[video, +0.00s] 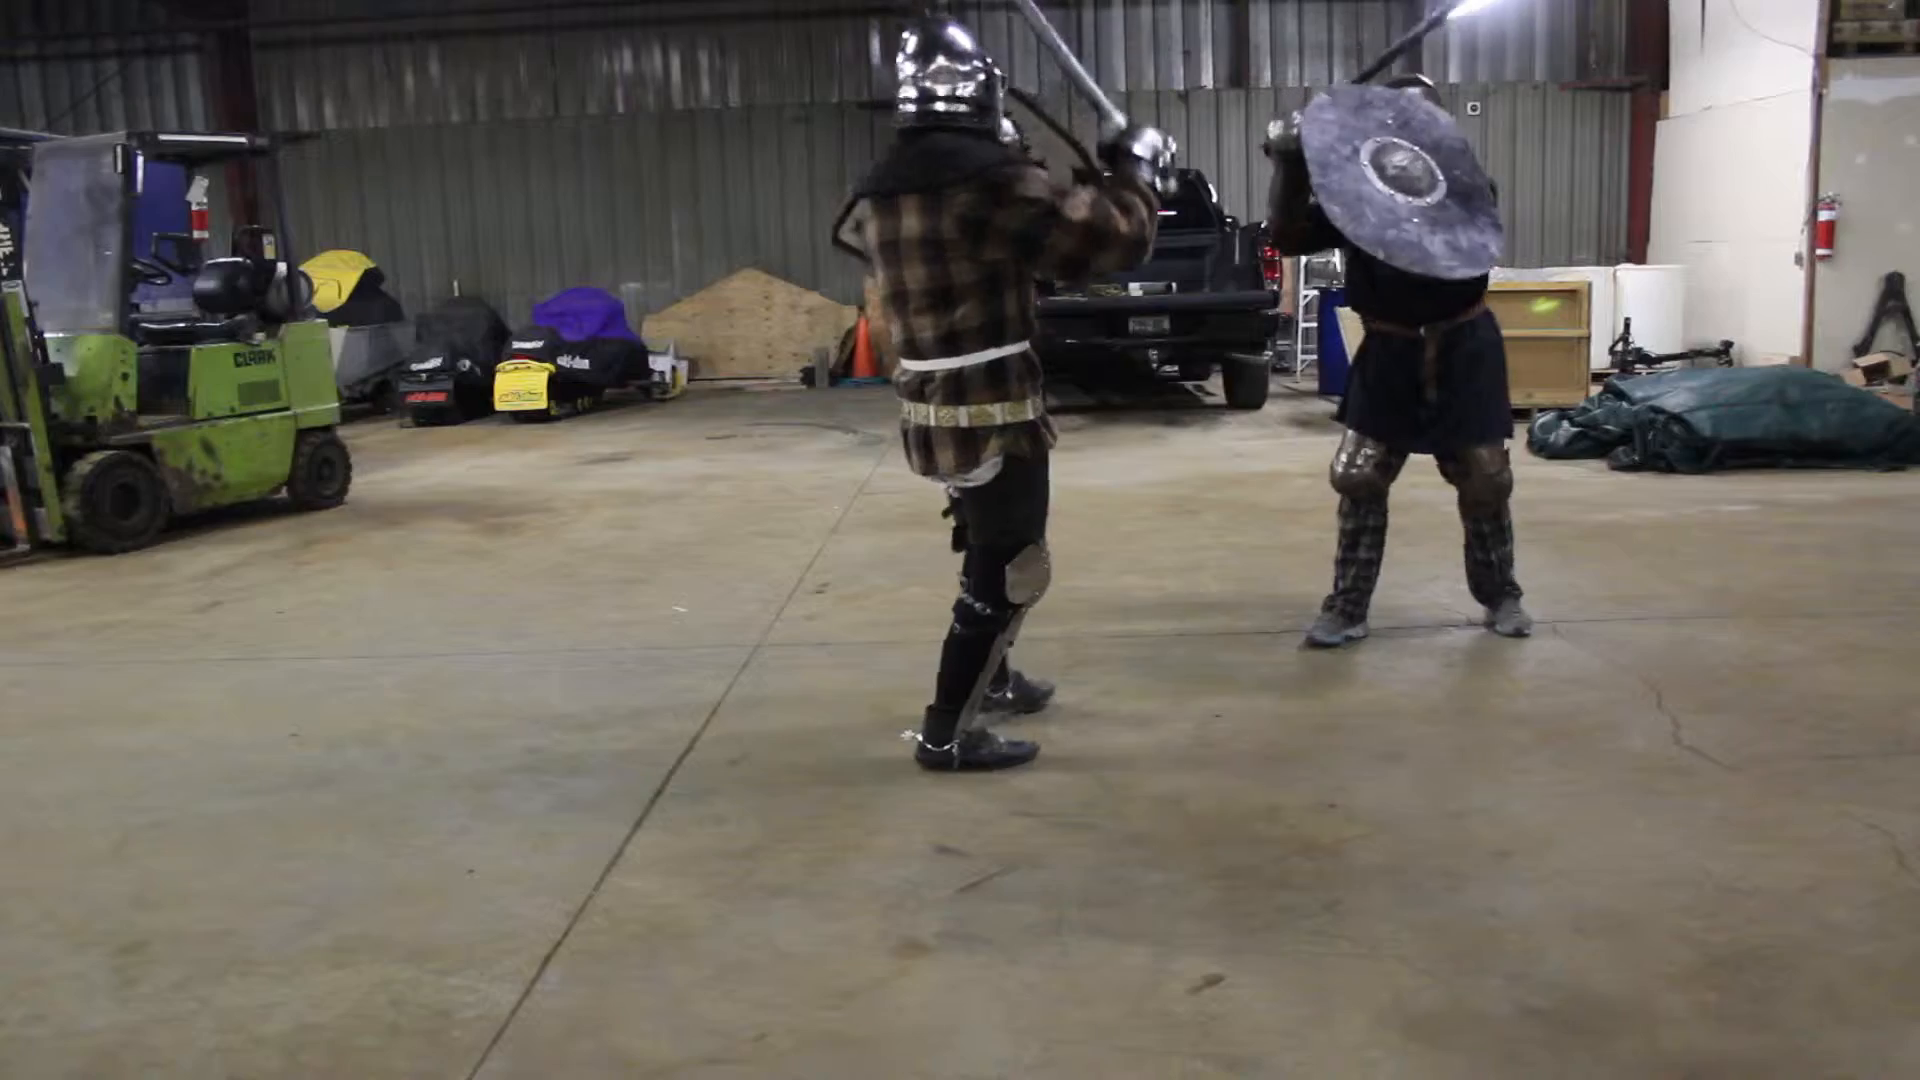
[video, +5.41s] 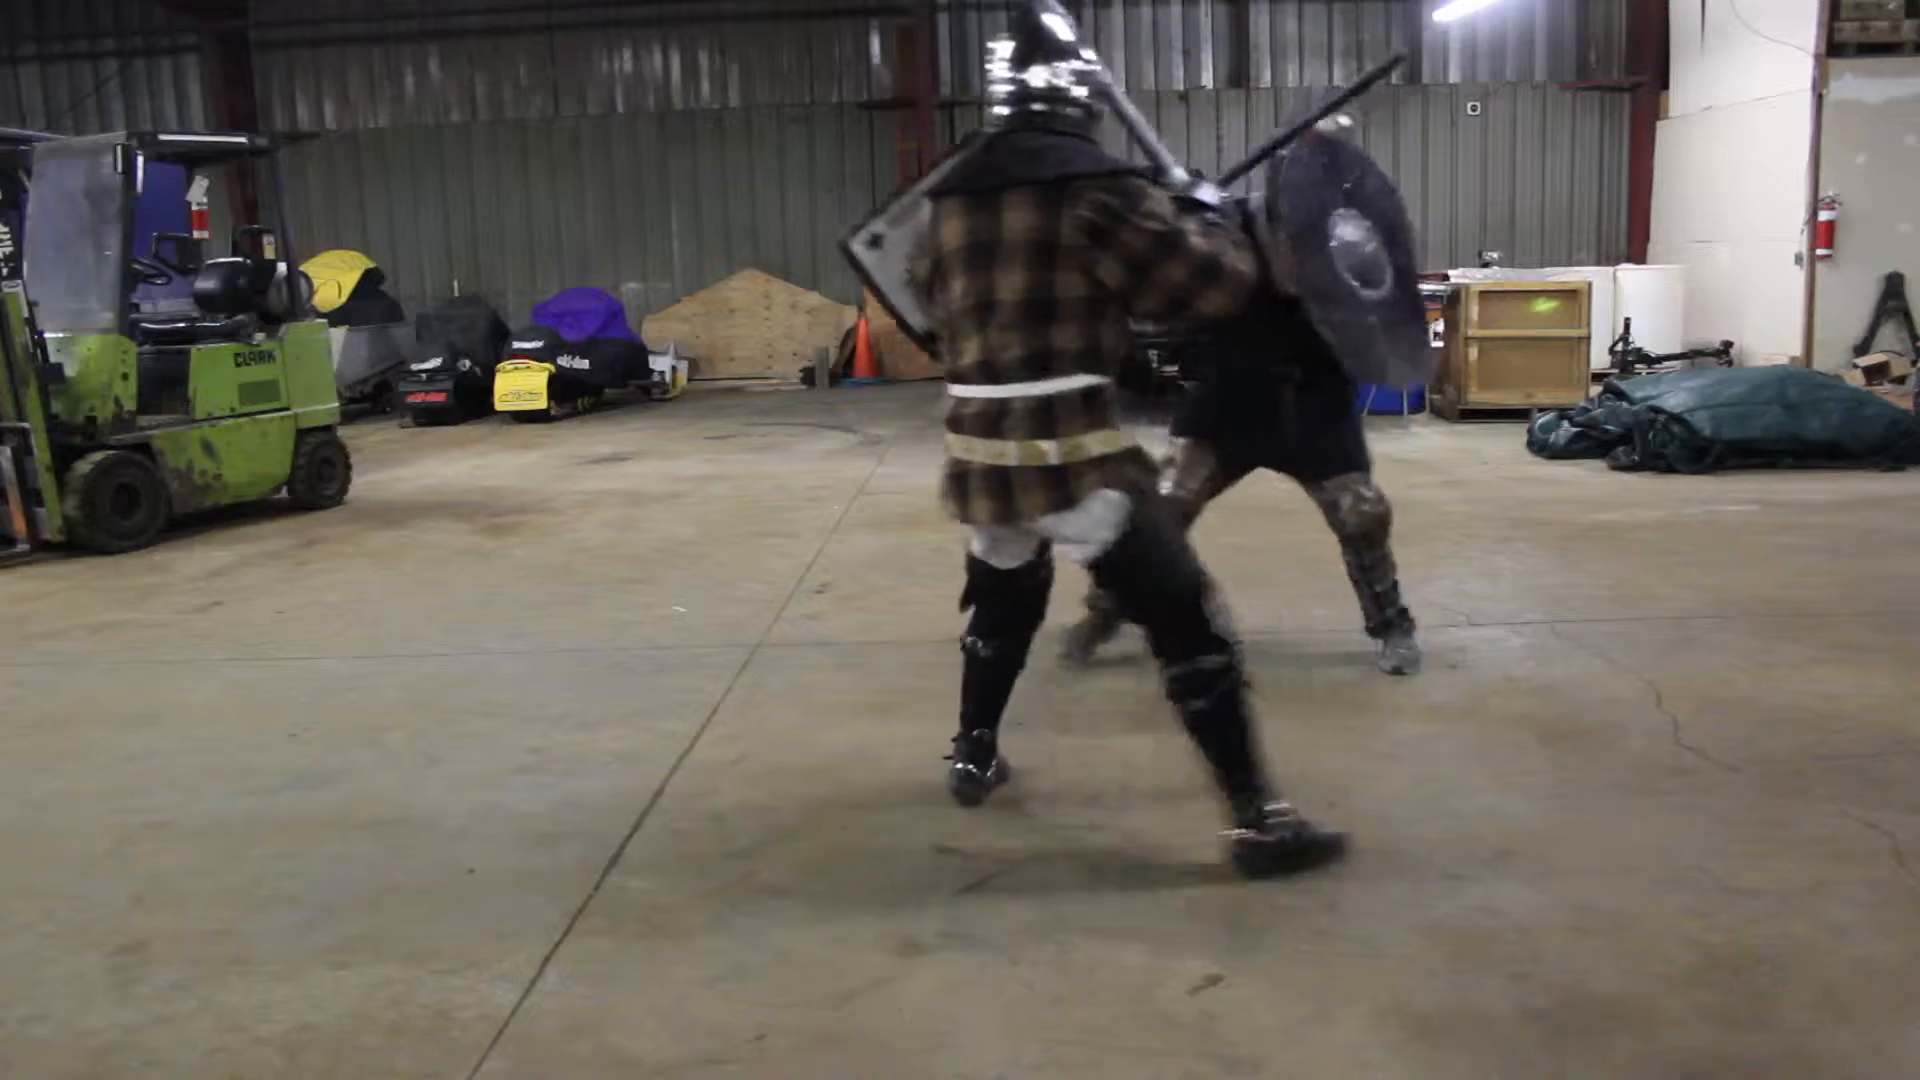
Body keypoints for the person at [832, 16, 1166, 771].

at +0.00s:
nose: (998, 105)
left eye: (990, 92)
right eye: (990, 92)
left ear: (909, 102)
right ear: (980, 96)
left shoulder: (886, 191)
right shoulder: (994, 181)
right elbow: (1108, 238)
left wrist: (1081, 184)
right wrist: (1135, 175)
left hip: (931, 412)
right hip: (997, 415)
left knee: (988, 545)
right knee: (1006, 575)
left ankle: (987, 676)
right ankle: (948, 731)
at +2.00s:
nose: (1026, 132)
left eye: (1020, 120)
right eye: (1021, 120)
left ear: (943, 119)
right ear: (1013, 122)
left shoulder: (913, 203)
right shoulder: (1014, 202)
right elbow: (1125, 273)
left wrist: (1087, 210)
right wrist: (1154, 217)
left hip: (941, 428)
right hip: (1003, 431)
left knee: (1000, 552)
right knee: (1046, 593)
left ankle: (1016, 675)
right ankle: (964, 738)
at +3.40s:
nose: (1090, 99)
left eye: (1082, 85)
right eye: (1086, 86)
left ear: (998, 78)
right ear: (1076, 88)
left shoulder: (945, 175)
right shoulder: (1091, 182)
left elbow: (921, 281)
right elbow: (1186, 277)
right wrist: (1221, 217)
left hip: (959, 438)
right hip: (1062, 442)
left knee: (947, 594)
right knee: (1116, 591)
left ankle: (916, 746)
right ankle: (1068, 767)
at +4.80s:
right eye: (1119, 45)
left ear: (1025, 59)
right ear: (1116, 57)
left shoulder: (972, 172)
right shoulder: (1158, 147)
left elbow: (946, 323)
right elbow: (1259, 280)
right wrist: (1273, 209)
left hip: (1037, 454)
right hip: (1157, 448)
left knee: (1045, 634)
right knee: (1228, 619)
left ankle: (1036, 825)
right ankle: (1207, 817)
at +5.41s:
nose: (1104, 119)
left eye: (1097, 106)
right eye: (1100, 105)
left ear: (1008, 102)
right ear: (1084, 104)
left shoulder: (950, 195)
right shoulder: (1095, 191)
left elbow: (934, 315)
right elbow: (1221, 281)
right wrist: (1218, 215)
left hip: (982, 460)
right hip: (1085, 460)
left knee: (1002, 606)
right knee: (1185, 619)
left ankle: (972, 754)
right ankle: (1256, 814)